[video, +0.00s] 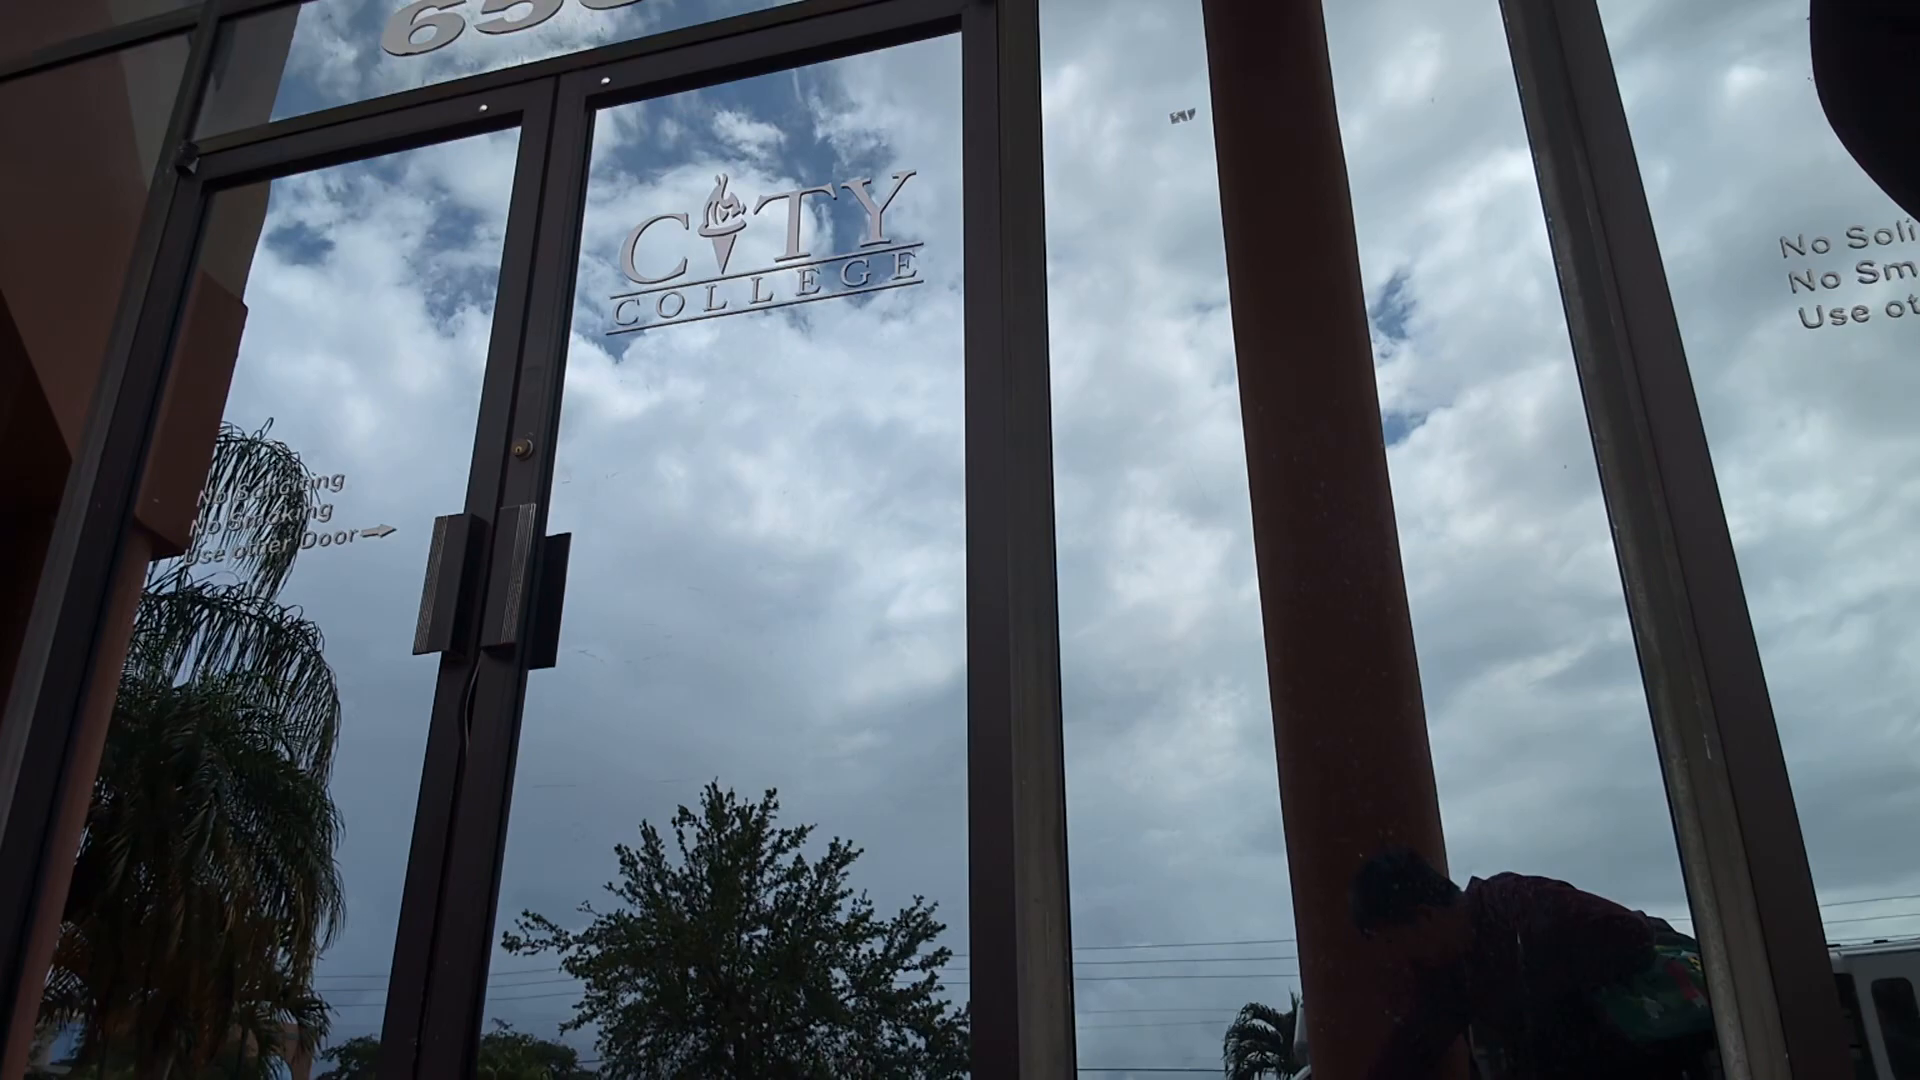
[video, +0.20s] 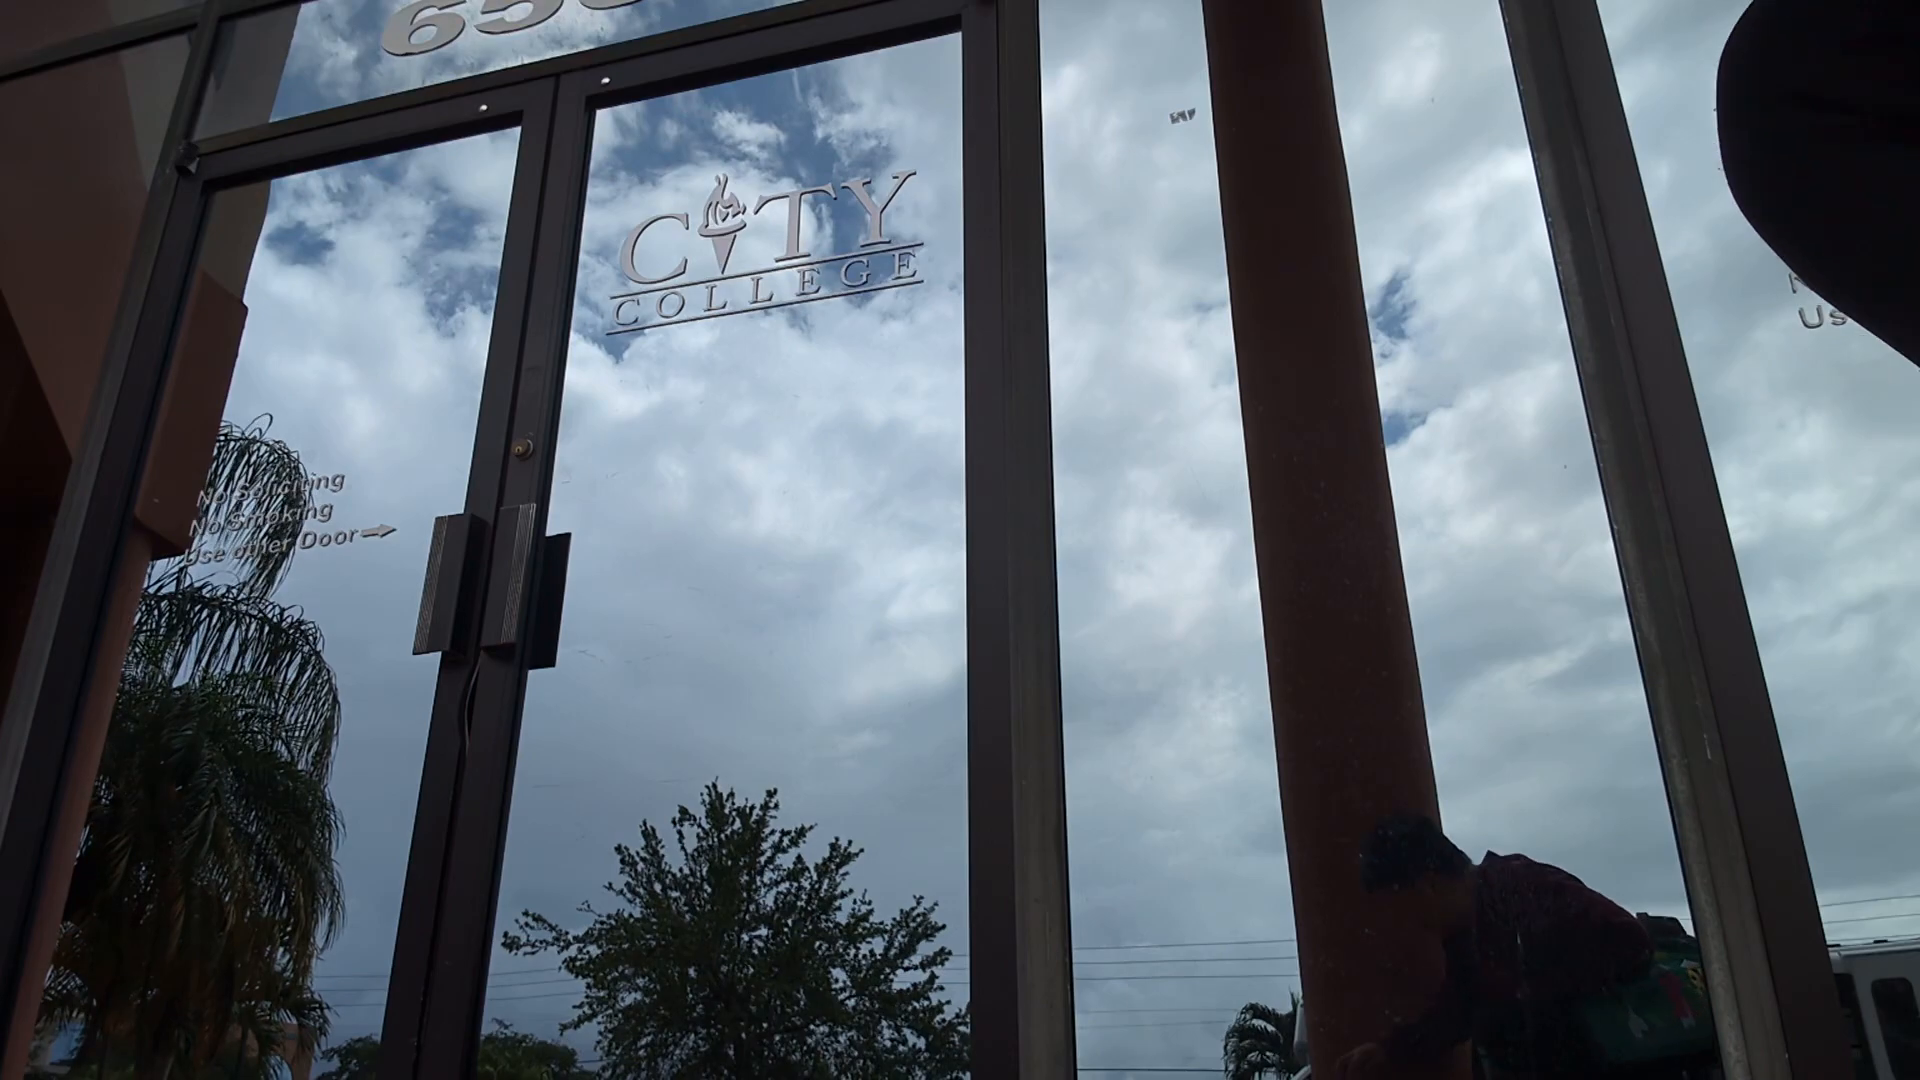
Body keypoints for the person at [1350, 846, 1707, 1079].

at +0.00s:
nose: (1398, 957)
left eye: (1395, 941)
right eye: (1389, 946)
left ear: (1422, 917)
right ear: (1429, 913)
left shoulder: (1512, 902)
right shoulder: (1447, 966)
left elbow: (1635, 937)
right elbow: (1416, 1045)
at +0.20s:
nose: (1409, 915)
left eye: (1405, 898)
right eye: (1400, 903)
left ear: (1427, 878)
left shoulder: (1520, 884)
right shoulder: (1462, 929)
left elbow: (1629, 941)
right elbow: (1455, 1014)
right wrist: (1388, 1052)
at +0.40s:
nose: (1402, 863)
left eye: (1395, 846)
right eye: (1392, 851)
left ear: (1415, 827)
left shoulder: (1494, 832)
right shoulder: (1467, 855)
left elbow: (1597, 895)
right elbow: (1493, 938)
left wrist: (1525, 970)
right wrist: (1440, 969)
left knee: (1482, 1027)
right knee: (1477, 1024)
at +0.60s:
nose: (1402, 784)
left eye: (1394, 769)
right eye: (1392, 774)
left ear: (1412, 744)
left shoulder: (1485, 755)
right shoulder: (1477, 776)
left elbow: (1564, 812)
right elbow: (1510, 861)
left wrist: (1502, 901)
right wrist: (1496, 903)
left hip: (1634, 951)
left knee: (1482, 1025)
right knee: (1475, 1022)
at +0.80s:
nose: (1418, 690)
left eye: (1413, 676)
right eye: (1411, 679)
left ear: (1427, 658)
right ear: (1463, 641)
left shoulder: (1481, 678)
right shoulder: (1513, 675)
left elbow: (1530, 736)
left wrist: (1482, 814)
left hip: (1601, 883)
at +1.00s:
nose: (1462, 640)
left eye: (1460, 626)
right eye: (1458, 628)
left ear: (1476, 617)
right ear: (1519, 606)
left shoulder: (1503, 643)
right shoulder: (1583, 656)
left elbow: (1534, 706)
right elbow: (1643, 720)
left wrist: (1479, 774)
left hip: (1583, 859)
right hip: (1647, 856)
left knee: (1548, 1011)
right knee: (1636, 1011)